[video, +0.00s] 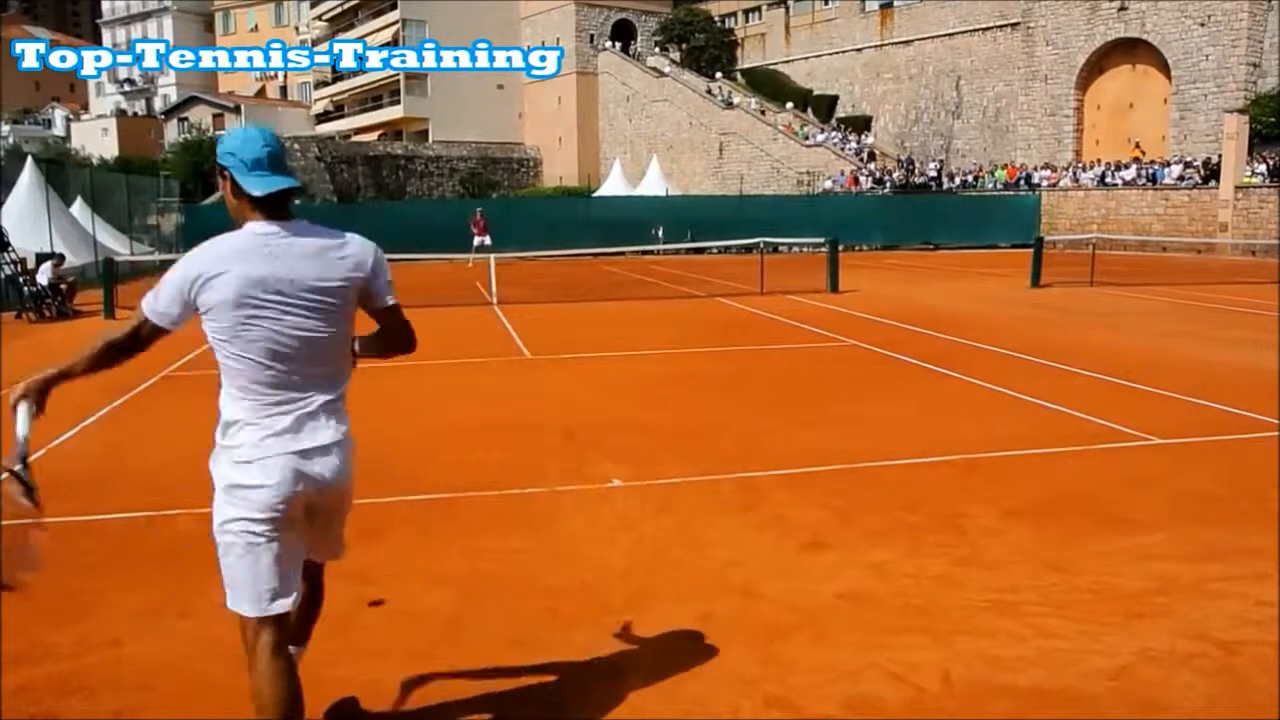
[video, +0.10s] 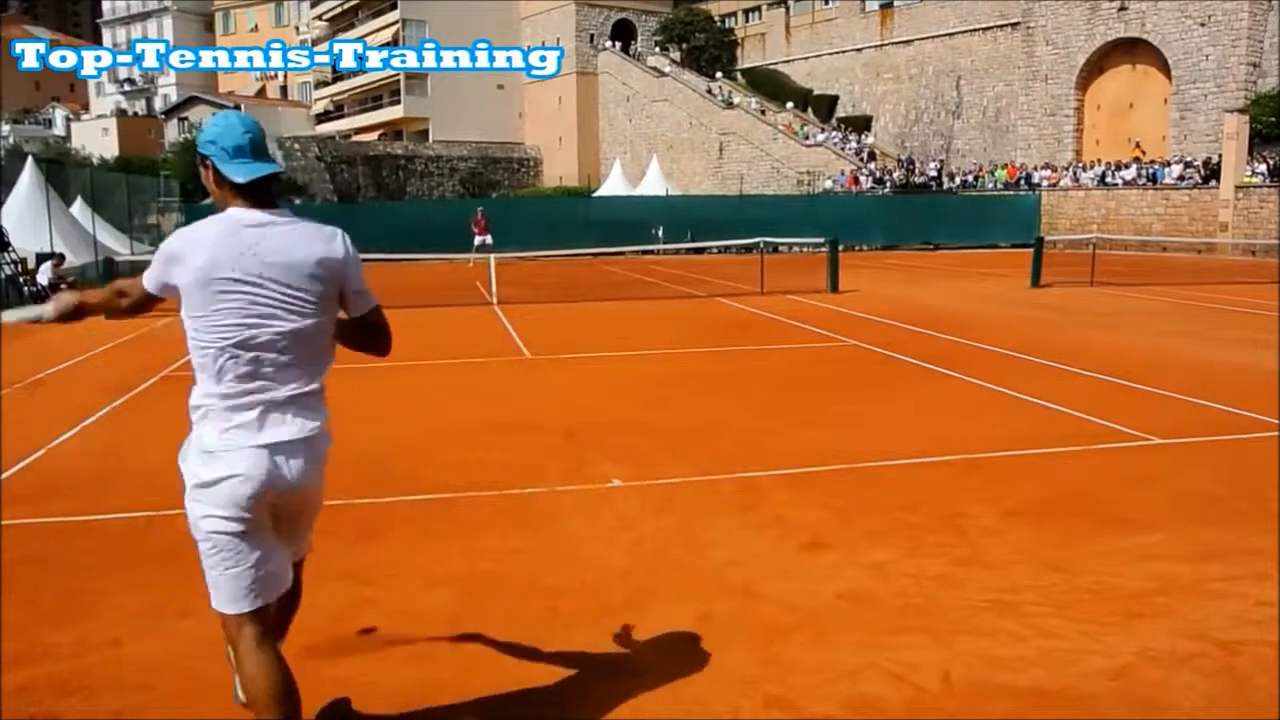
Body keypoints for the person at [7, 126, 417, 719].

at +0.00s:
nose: (222, 192)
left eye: (222, 183)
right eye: (224, 183)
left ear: (229, 186)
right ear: (288, 182)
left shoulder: (210, 262)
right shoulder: (353, 253)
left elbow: (130, 339)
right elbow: (400, 339)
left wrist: (48, 379)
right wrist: (343, 346)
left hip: (255, 462)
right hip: (331, 455)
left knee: (268, 641)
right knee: (309, 572)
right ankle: (283, 667)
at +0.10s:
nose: (202, 177)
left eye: (202, 169)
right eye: (208, 168)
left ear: (211, 175)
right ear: (270, 167)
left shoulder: (190, 246)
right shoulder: (329, 244)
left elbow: (132, 297)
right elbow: (377, 339)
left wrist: (77, 302)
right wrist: (311, 314)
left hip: (226, 456)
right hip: (303, 452)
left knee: (252, 635)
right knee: (287, 570)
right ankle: (255, 673)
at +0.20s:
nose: (187, 172)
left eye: (187, 164)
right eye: (188, 164)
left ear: (196, 168)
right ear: (256, 164)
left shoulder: (168, 230)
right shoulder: (308, 242)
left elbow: (113, 255)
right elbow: (350, 341)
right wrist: (284, 303)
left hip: (188, 452)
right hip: (273, 448)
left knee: (224, 625)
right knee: (269, 571)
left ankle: (275, 717)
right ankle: (253, 679)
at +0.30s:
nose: (170, 167)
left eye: (172, 159)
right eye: (173, 159)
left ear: (183, 162)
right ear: (240, 162)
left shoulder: (144, 220)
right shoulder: (286, 242)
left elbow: (99, 208)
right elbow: (325, 348)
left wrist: (155, 176)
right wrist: (259, 306)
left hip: (154, 451)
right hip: (241, 451)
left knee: (190, 624)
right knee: (254, 570)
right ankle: (256, 675)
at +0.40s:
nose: (170, 167)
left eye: (172, 159)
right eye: (173, 159)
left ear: (183, 162)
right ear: (240, 162)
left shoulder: (144, 220)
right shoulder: (286, 242)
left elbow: (99, 208)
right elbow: (325, 348)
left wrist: (155, 176)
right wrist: (259, 306)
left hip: (154, 451)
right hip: (241, 451)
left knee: (190, 624)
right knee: (254, 570)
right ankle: (256, 675)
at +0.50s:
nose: (159, 165)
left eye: (162, 157)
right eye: (166, 154)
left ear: (168, 160)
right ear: (228, 164)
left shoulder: (126, 212)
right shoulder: (261, 248)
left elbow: (89, 169)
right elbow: (299, 355)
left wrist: (153, 141)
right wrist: (231, 310)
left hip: (124, 457)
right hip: (214, 456)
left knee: (155, 639)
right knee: (248, 575)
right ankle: (267, 678)